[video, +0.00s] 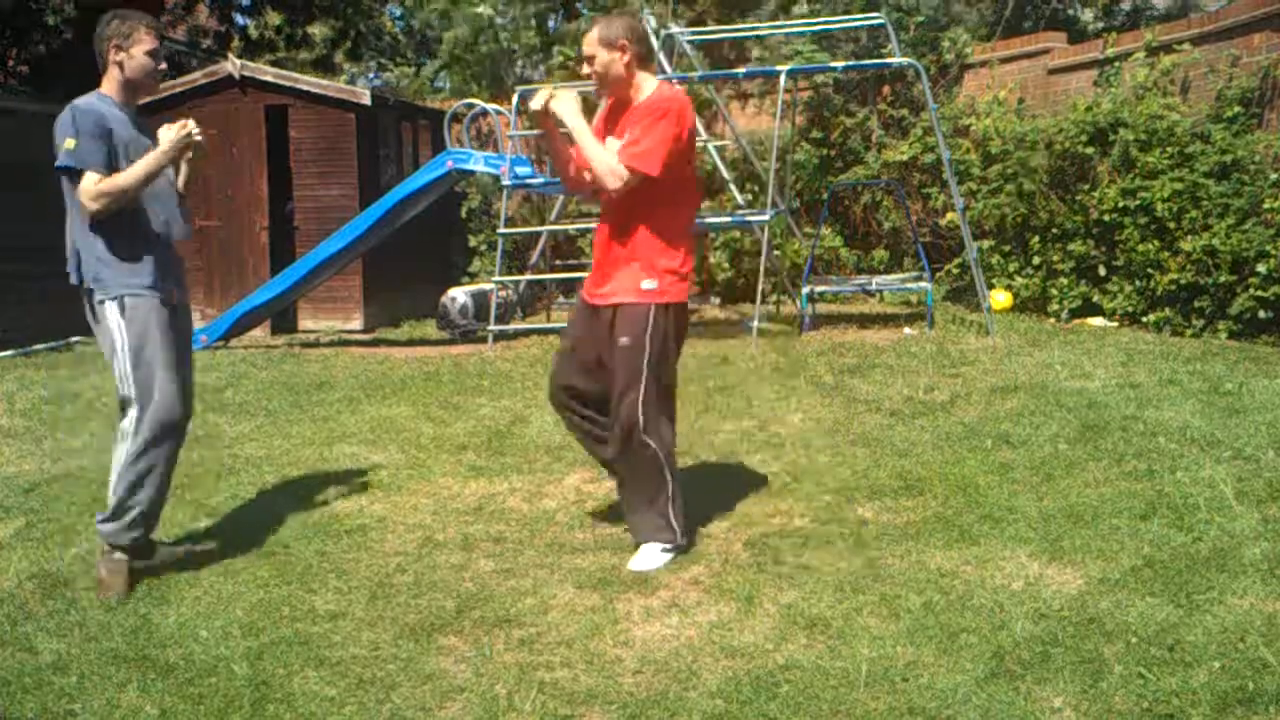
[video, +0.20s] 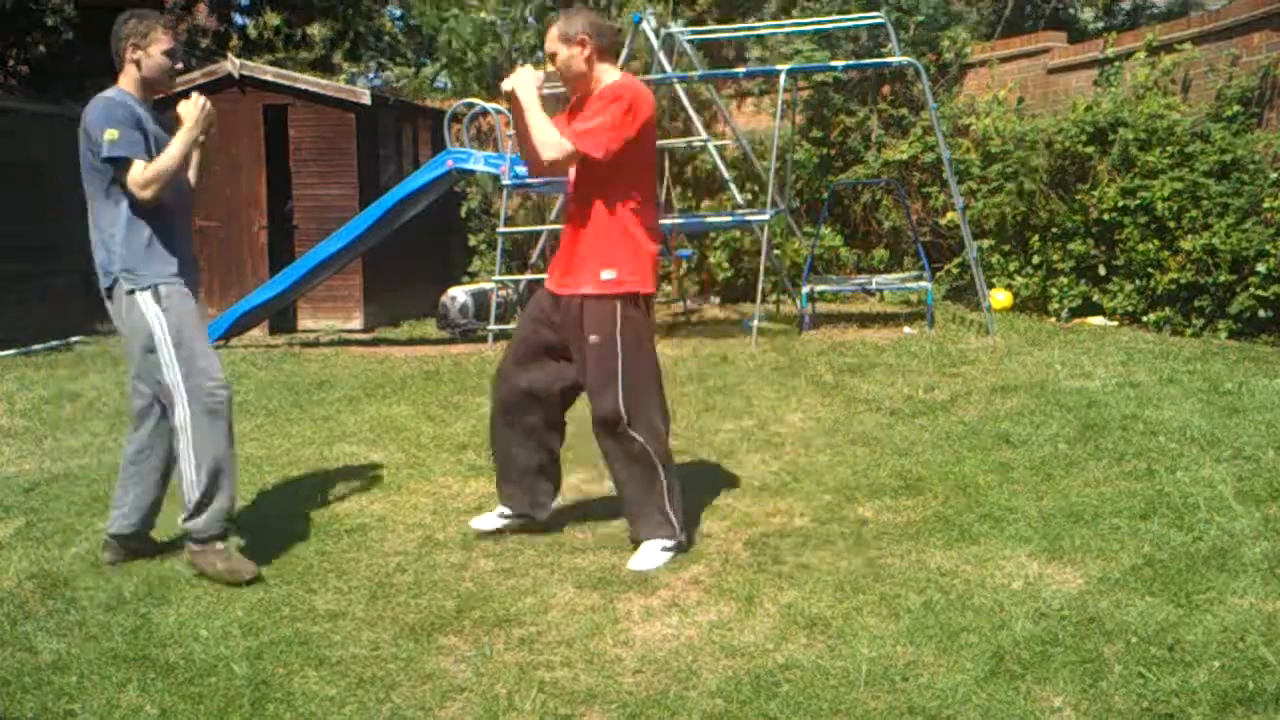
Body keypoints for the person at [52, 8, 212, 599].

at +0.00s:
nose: (163, 64)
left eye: (163, 54)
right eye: (154, 54)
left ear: (128, 57)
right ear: (118, 55)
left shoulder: (139, 125)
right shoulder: (85, 113)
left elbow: (164, 208)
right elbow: (94, 197)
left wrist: (183, 155)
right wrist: (164, 152)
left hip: (162, 284)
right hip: (123, 286)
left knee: (172, 409)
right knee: (157, 406)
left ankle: (138, 540)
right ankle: (117, 538)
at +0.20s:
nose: (177, 63)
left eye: (177, 53)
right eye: (168, 53)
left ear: (147, 57)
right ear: (133, 56)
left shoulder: (151, 116)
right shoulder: (110, 110)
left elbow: (181, 191)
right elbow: (142, 185)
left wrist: (194, 135)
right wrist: (190, 130)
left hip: (162, 276)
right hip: (141, 278)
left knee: (155, 404)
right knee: (204, 391)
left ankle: (126, 534)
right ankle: (207, 538)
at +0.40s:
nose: (201, 71)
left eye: (201, 61)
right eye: (193, 60)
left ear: (166, 63)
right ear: (158, 62)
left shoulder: (165, 121)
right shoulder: (134, 115)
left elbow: (197, 206)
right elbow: (168, 196)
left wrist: (217, 149)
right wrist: (205, 136)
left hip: (180, 282)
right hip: (172, 286)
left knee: (176, 411)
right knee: (232, 403)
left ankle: (130, 534)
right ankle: (274, 540)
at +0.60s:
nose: (219, 68)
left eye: (220, 58)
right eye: (209, 58)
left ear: (188, 62)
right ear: (173, 60)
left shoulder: (208, 123)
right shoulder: (136, 120)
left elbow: (278, 167)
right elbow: (149, 206)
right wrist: (195, 139)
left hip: (213, 284)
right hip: (187, 286)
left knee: (207, 410)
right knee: (251, 402)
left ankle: (136, 527)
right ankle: (273, 542)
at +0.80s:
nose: (221, 75)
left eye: (223, 66)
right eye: (212, 65)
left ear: (193, 70)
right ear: (174, 67)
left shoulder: (211, 129)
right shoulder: (138, 129)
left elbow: (276, 177)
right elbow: (165, 209)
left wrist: (298, 150)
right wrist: (202, 142)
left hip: (226, 286)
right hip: (198, 290)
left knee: (214, 413)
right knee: (273, 405)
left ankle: (135, 530)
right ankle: (276, 545)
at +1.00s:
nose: (217, 66)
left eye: (219, 57)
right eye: (208, 55)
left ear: (185, 59)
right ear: (172, 55)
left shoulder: (181, 115)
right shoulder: (150, 109)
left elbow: (218, 191)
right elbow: (194, 178)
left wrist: (239, 141)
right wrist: (223, 113)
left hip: (186, 280)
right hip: (185, 282)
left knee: (176, 409)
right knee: (247, 399)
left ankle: (127, 527)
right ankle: (276, 539)